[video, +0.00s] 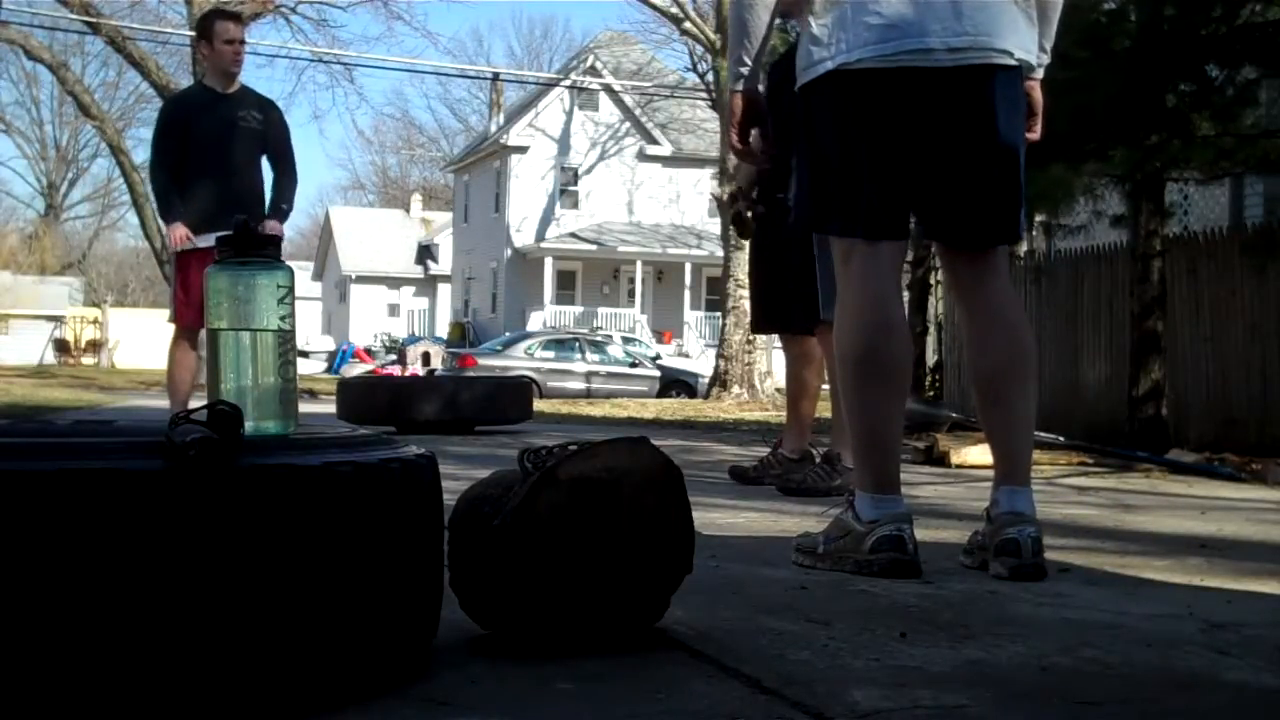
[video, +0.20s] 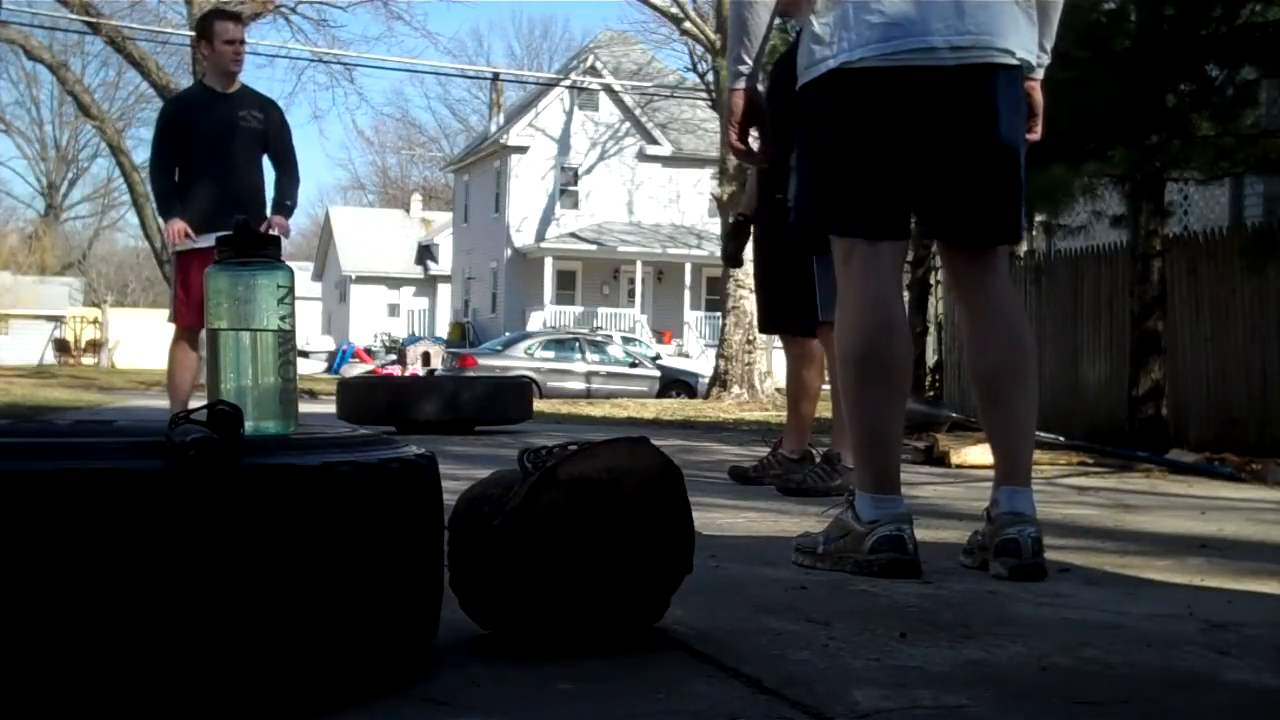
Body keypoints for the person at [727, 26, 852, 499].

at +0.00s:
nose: (784, 6)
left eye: (792, 2)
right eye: (785, 3)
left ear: (813, 3)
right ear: (787, 8)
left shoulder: (840, 53)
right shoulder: (785, 58)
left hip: (830, 203)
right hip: (782, 205)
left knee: (834, 325)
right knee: (795, 324)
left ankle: (843, 457)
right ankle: (794, 448)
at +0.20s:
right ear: (793, 1)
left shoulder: (838, 47)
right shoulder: (785, 48)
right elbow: (772, 147)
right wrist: (745, 213)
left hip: (831, 208)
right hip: (783, 210)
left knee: (835, 331)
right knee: (796, 330)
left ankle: (845, 458)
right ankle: (794, 449)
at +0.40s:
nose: (780, 2)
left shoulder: (825, 46)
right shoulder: (792, 45)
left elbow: (807, 131)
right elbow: (785, 124)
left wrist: (771, 187)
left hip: (825, 205)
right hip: (787, 204)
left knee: (833, 332)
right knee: (797, 332)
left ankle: (846, 459)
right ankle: (794, 449)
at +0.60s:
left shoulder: (825, 39)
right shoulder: (786, 35)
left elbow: (820, 109)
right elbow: (777, 102)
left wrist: (781, 167)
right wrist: (764, 153)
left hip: (823, 195)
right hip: (783, 195)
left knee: (832, 328)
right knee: (796, 329)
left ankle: (846, 459)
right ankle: (794, 450)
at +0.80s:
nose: (780, 1)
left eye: (785, 0)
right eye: (782, 2)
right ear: (798, 0)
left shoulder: (817, 40)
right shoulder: (791, 35)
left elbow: (806, 125)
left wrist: (774, 194)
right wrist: (771, 179)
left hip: (823, 201)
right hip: (790, 202)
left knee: (830, 329)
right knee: (797, 328)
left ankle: (844, 460)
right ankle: (794, 450)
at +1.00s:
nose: (777, 4)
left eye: (783, 1)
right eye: (778, 3)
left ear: (802, 1)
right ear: (786, 7)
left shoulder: (826, 47)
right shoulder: (788, 44)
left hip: (822, 213)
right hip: (779, 213)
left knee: (829, 331)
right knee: (794, 331)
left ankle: (843, 459)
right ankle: (794, 450)